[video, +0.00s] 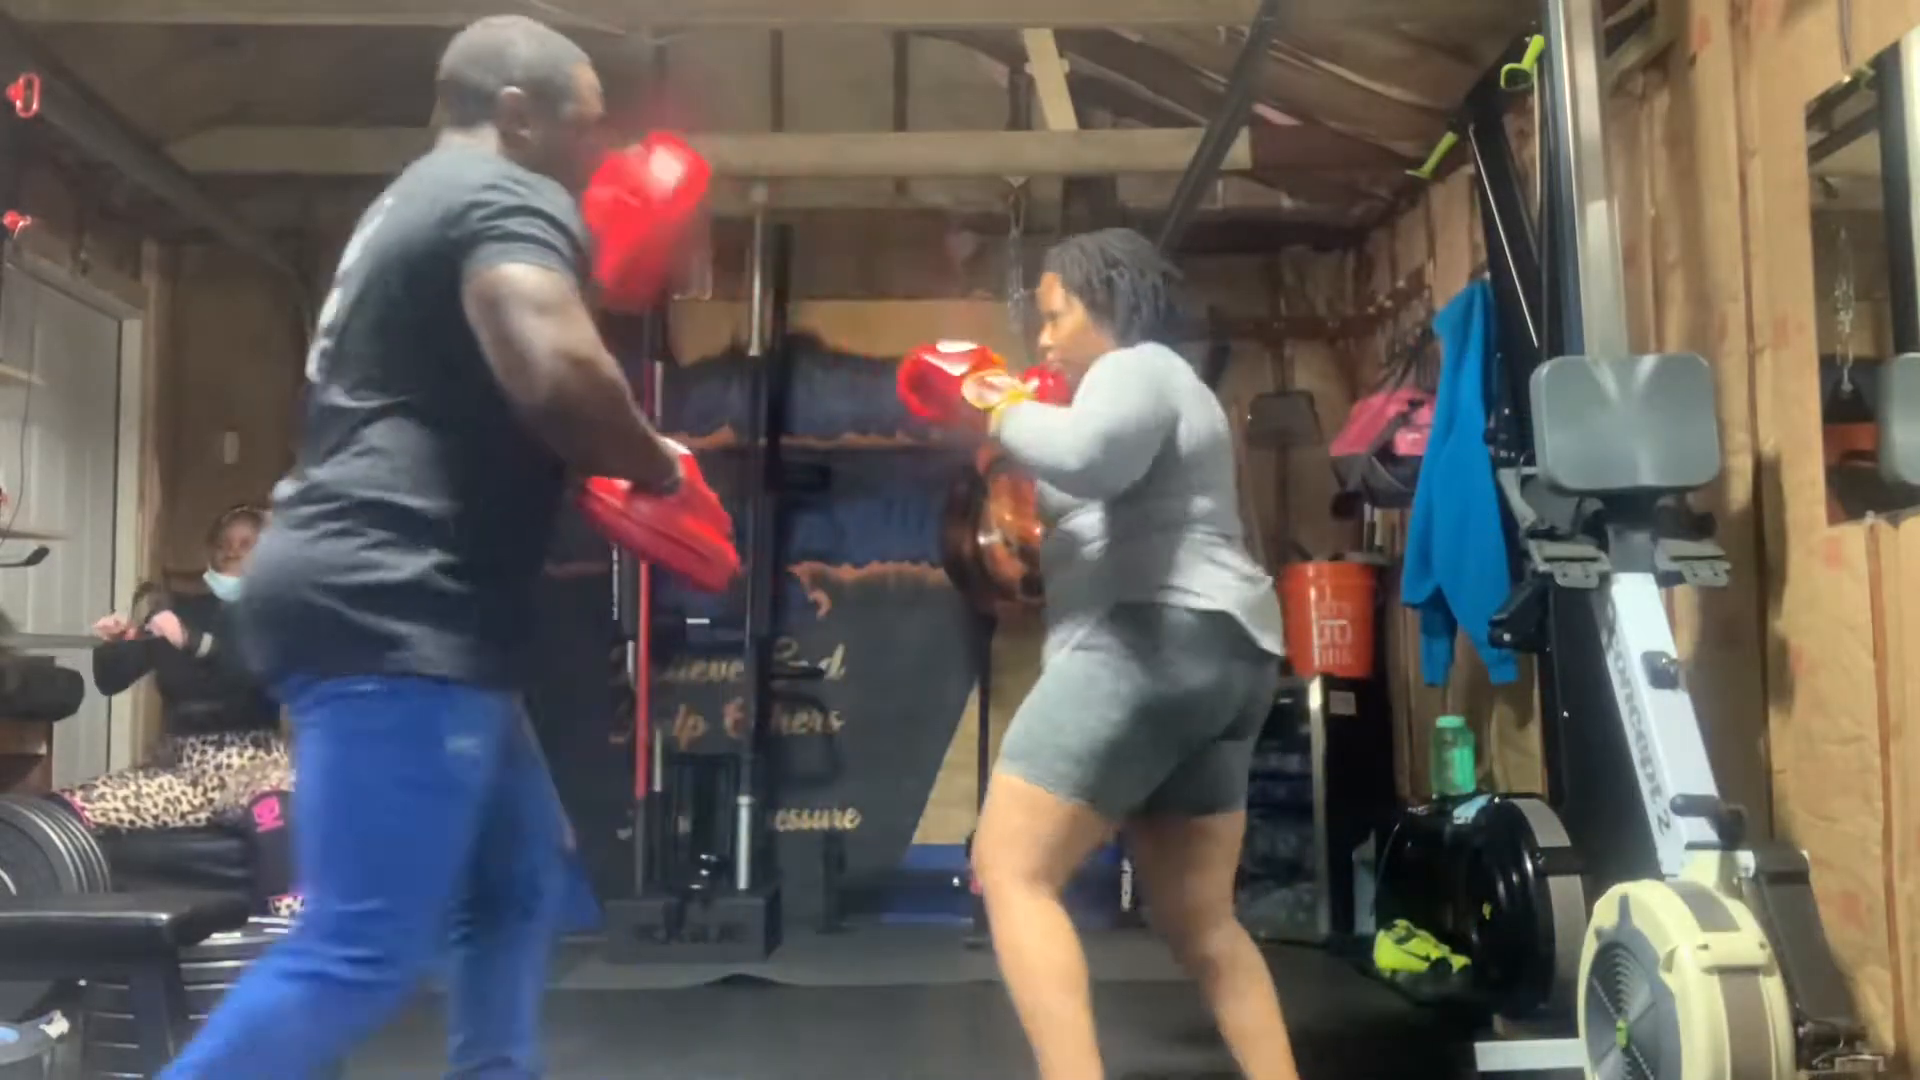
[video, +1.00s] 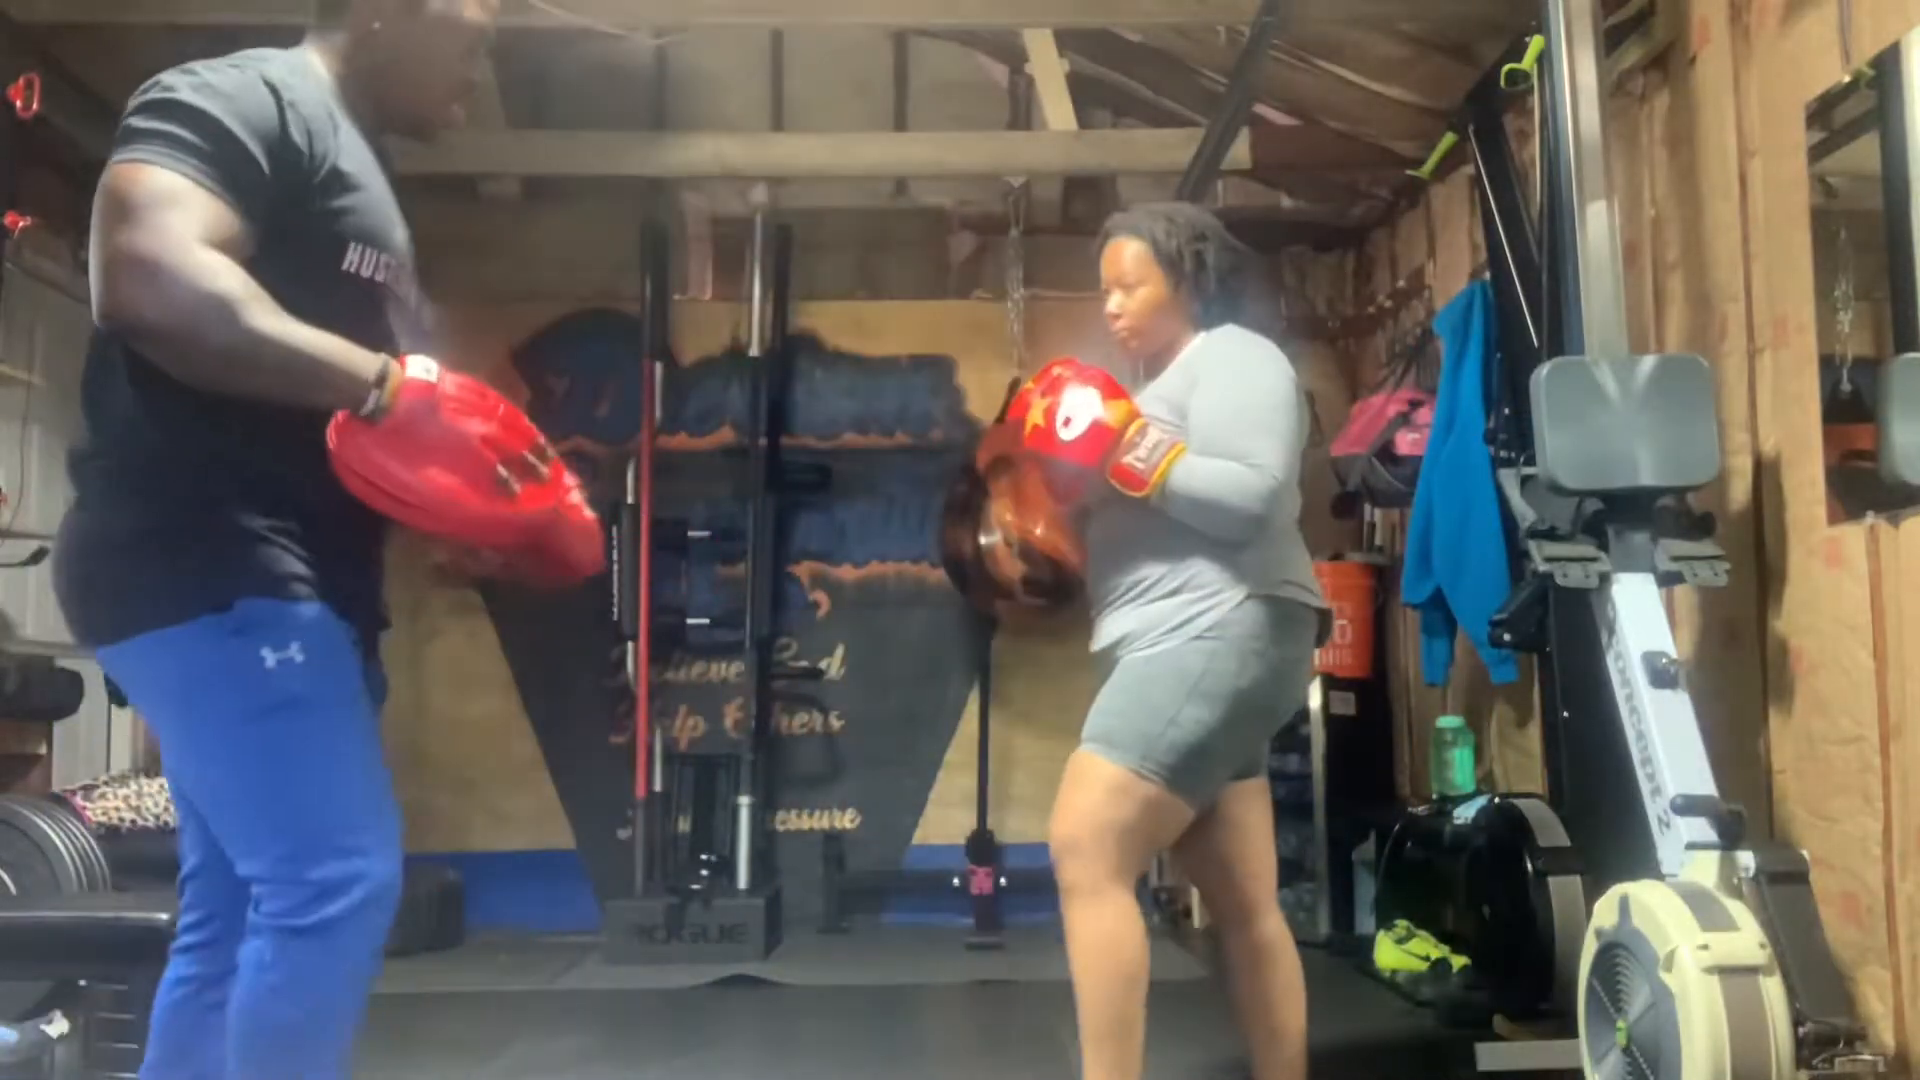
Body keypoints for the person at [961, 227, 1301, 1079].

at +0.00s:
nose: (1043, 339)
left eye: (1053, 315)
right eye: (1042, 320)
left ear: (1106, 303)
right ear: (1118, 307)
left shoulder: (1140, 368)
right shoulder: (1183, 391)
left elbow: (1093, 456)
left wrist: (1000, 408)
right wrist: (1041, 527)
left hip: (1153, 634)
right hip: (1227, 647)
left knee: (1013, 869)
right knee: (1200, 918)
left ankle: (1073, 1072)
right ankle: (1278, 1075)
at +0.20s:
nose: (1000, 281)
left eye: (1009, 264)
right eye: (1002, 264)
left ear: (1050, 269)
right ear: (1112, 275)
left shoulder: (1059, 331)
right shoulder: (1161, 377)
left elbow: (920, 302)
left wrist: (818, 241)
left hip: (1102, 598)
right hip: (1197, 616)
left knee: (1023, 896)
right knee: (1169, 889)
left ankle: (1028, 1074)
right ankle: (1275, 1070)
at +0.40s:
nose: (976, 292)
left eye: (987, 271)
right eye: (976, 272)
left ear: (1037, 263)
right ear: (1066, 267)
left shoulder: (1066, 331)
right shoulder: (1114, 348)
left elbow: (949, 409)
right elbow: (968, 412)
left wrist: (857, 345)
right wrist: (880, 351)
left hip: (1091, 612)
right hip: (1157, 622)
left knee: (1014, 901)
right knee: (1161, 897)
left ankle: (1026, 1077)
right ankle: (1264, 1071)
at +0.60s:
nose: (1018, 300)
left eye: (1034, 278)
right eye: (1018, 281)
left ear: (1095, 277)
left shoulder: (1138, 357)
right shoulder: (1095, 372)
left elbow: (1101, 502)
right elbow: (1047, 504)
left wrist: (1022, 423)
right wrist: (987, 441)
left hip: (1117, 640)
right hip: (1152, 638)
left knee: (1029, 910)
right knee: (1199, 919)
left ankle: (1032, 1078)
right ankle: (1268, 1072)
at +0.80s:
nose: (1079, 305)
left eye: (1097, 283)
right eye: (1077, 286)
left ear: (1159, 283)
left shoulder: (1211, 360)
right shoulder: (1121, 395)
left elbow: (1208, 508)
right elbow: (1095, 536)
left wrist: (1097, 441)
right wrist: (1030, 475)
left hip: (1189, 635)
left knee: (1079, 888)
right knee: (1233, 913)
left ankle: (1046, 1073)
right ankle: (1279, 1072)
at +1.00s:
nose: (1109, 308)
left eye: (1124, 288)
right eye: (1105, 291)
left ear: (1185, 284)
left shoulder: (1240, 357)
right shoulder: (1138, 398)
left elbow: (1249, 499)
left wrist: (1121, 443)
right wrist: (1052, 489)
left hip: (1226, 621)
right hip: (1171, 633)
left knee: (1089, 851)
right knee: (1245, 913)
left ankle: (1108, 1075)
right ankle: (1283, 1074)